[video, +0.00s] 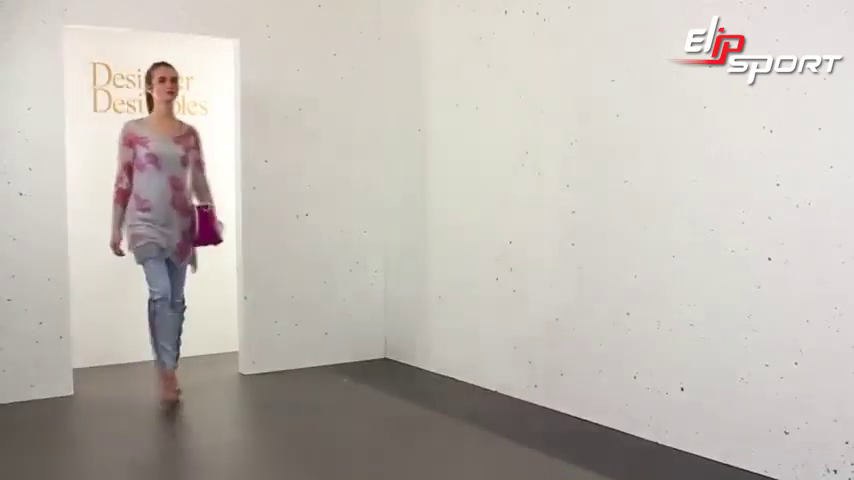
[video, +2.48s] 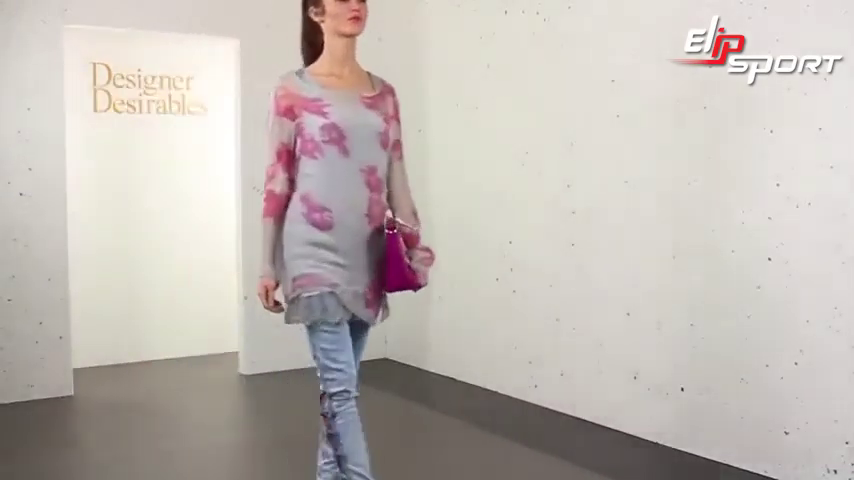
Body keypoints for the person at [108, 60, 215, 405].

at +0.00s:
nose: (168, 86)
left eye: (173, 80)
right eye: (162, 81)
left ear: (178, 86)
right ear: (150, 87)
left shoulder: (188, 133)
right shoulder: (133, 130)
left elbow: (199, 182)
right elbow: (123, 182)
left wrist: (211, 219)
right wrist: (116, 228)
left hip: (180, 224)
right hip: (144, 222)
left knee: (176, 298)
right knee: (161, 293)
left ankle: (170, 368)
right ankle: (165, 368)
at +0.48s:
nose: (193, 79)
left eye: (198, 73)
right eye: (186, 73)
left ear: (202, 79)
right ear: (169, 77)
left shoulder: (211, 127)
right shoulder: (152, 127)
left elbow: (225, 178)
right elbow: (146, 184)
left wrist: (237, 222)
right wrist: (143, 235)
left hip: (208, 229)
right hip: (168, 232)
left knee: (211, 308)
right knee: (176, 312)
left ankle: (211, 385)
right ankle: (188, 391)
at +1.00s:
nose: (228, 62)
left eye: (233, 56)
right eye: (221, 55)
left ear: (238, 64)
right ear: (202, 61)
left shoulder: (245, 121)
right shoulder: (179, 116)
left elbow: (257, 177)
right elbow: (171, 180)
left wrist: (270, 226)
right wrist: (168, 237)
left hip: (242, 230)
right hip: (199, 229)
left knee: (237, 324)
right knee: (219, 320)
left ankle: (226, 410)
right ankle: (206, 396)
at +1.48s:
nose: (258, 51)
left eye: (263, 44)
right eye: (248, 44)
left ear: (269, 52)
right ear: (228, 52)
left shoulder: (285, 114)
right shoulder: (208, 115)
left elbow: (297, 179)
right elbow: (200, 187)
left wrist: (310, 234)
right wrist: (194, 254)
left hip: (277, 240)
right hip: (227, 238)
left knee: (268, 347)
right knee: (242, 342)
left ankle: (245, 415)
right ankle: (260, 441)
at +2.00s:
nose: (308, 34)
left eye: (314, 26)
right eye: (298, 26)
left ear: (319, 37)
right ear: (275, 37)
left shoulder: (326, 109)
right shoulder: (247, 102)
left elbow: (342, 182)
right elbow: (238, 183)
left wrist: (361, 242)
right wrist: (238, 254)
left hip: (327, 252)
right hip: (271, 254)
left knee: (331, 365)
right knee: (270, 361)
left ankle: (328, 472)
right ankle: (265, 442)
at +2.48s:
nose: (356, 7)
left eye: (360, 0)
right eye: (343, 1)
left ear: (367, 10)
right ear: (317, 13)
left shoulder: (382, 91)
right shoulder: (292, 88)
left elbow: (396, 175)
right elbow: (278, 177)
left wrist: (413, 243)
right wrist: (268, 263)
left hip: (370, 246)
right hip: (311, 246)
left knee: (343, 379)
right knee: (340, 380)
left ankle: (329, 471)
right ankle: (359, 475)